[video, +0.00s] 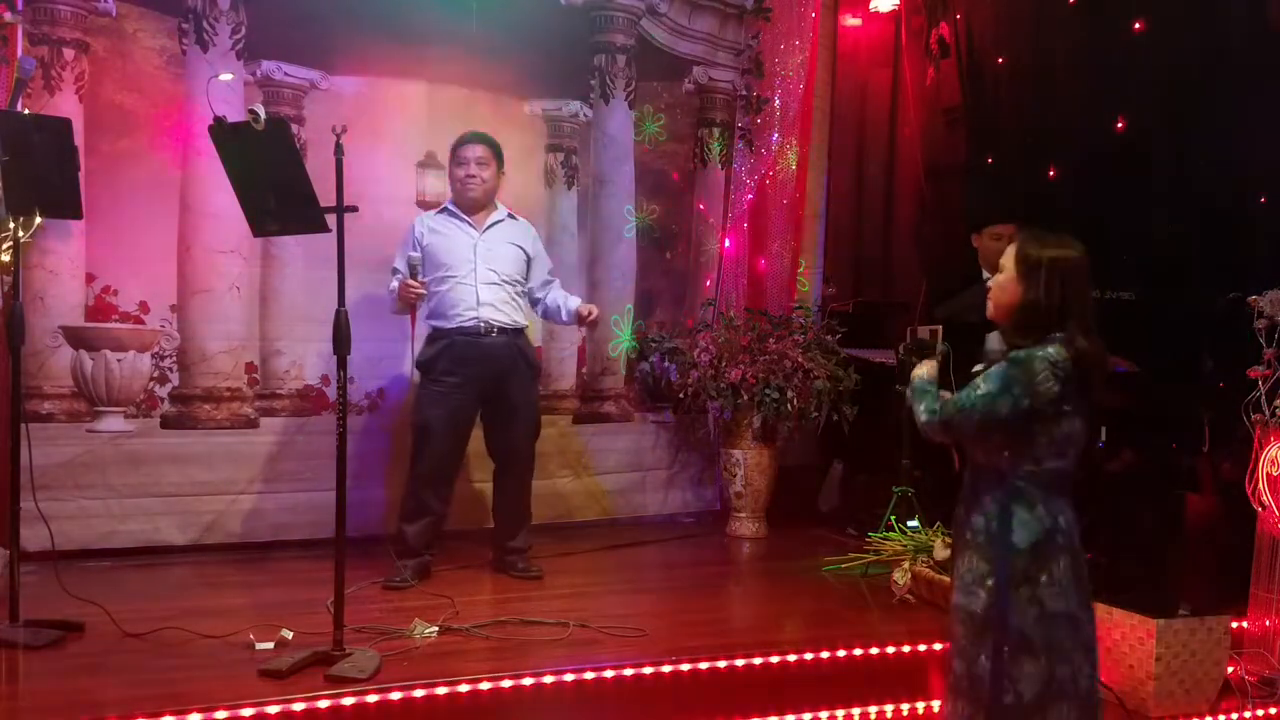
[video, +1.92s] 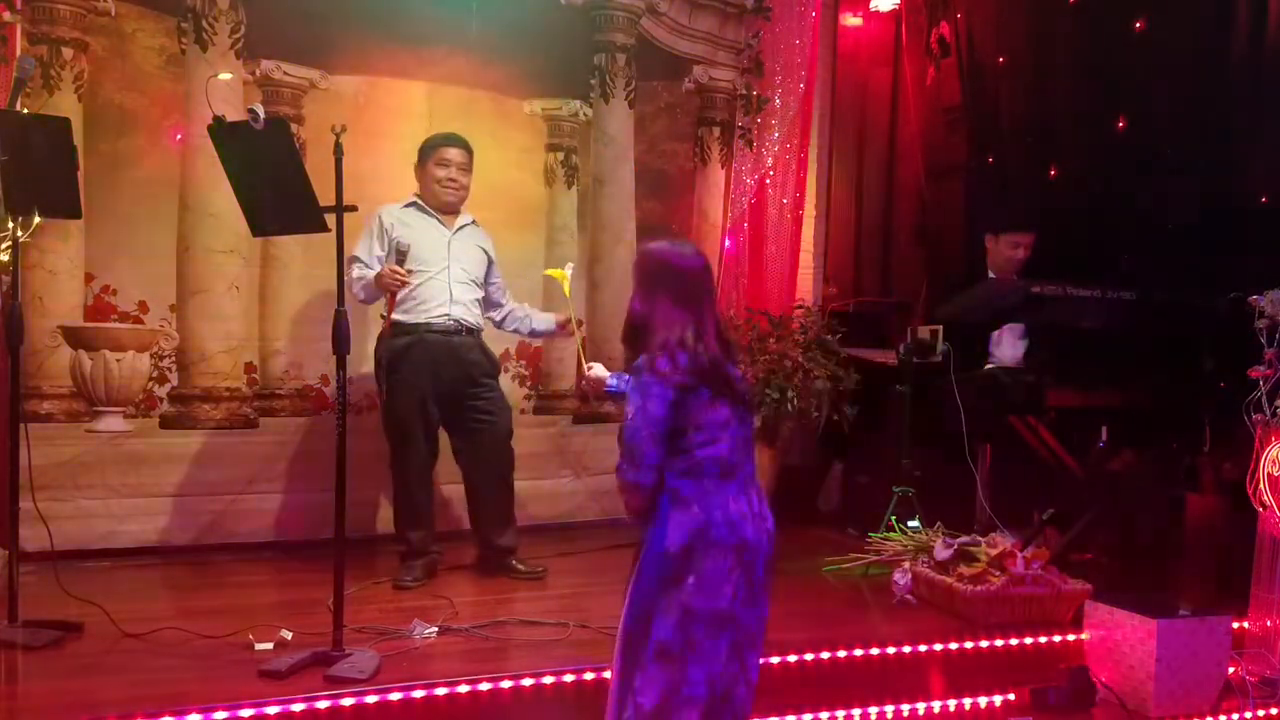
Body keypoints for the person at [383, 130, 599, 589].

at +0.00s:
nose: (470, 172)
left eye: (481, 164)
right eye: (462, 163)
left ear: (499, 174)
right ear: (450, 173)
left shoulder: (522, 231)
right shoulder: (426, 226)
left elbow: (543, 292)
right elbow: (399, 289)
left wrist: (574, 308)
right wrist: (404, 292)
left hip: (511, 353)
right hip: (449, 353)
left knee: (516, 457)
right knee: (433, 455)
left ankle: (512, 551)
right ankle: (413, 557)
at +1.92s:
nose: (454, 176)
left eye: (463, 169)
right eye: (443, 165)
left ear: (471, 179)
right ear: (420, 172)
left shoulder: (478, 238)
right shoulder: (390, 220)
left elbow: (499, 308)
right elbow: (359, 287)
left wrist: (553, 323)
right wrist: (377, 281)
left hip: (468, 350)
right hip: (410, 349)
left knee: (492, 442)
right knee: (413, 453)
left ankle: (497, 551)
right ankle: (417, 555)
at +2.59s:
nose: (498, 175)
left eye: (507, 167)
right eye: (487, 166)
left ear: (516, 176)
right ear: (466, 173)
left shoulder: (535, 227)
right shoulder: (439, 227)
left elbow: (557, 271)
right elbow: (408, 292)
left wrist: (568, 288)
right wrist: (422, 289)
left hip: (521, 355)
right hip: (458, 356)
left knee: (540, 453)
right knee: (442, 450)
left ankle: (544, 556)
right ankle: (420, 552)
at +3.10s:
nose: (526, 169)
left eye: (537, 161)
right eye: (517, 160)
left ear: (556, 172)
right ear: (503, 169)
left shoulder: (575, 227)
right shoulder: (480, 224)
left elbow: (594, 295)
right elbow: (458, 291)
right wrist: (457, 289)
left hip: (551, 356)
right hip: (490, 356)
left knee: (553, 468)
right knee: (475, 462)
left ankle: (547, 561)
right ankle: (463, 559)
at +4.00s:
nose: (489, 178)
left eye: (497, 170)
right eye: (478, 168)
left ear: (505, 179)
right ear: (455, 174)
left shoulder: (520, 235)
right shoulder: (425, 229)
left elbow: (539, 295)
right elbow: (397, 295)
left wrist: (528, 332)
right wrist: (417, 296)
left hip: (503, 352)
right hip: (446, 353)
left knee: (498, 452)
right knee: (438, 455)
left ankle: (491, 554)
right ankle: (432, 558)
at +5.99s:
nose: (533, 184)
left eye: (541, 178)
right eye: (523, 174)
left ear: (547, 190)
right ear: (499, 179)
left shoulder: (557, 244)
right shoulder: (462, 224)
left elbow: (574, 297)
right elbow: (430, 279)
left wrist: (570, 318)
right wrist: (447, 287)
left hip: (532, 354)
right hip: (475, 350)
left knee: (524, 459)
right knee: (454, 450)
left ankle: (506, 549)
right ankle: (436, 553)